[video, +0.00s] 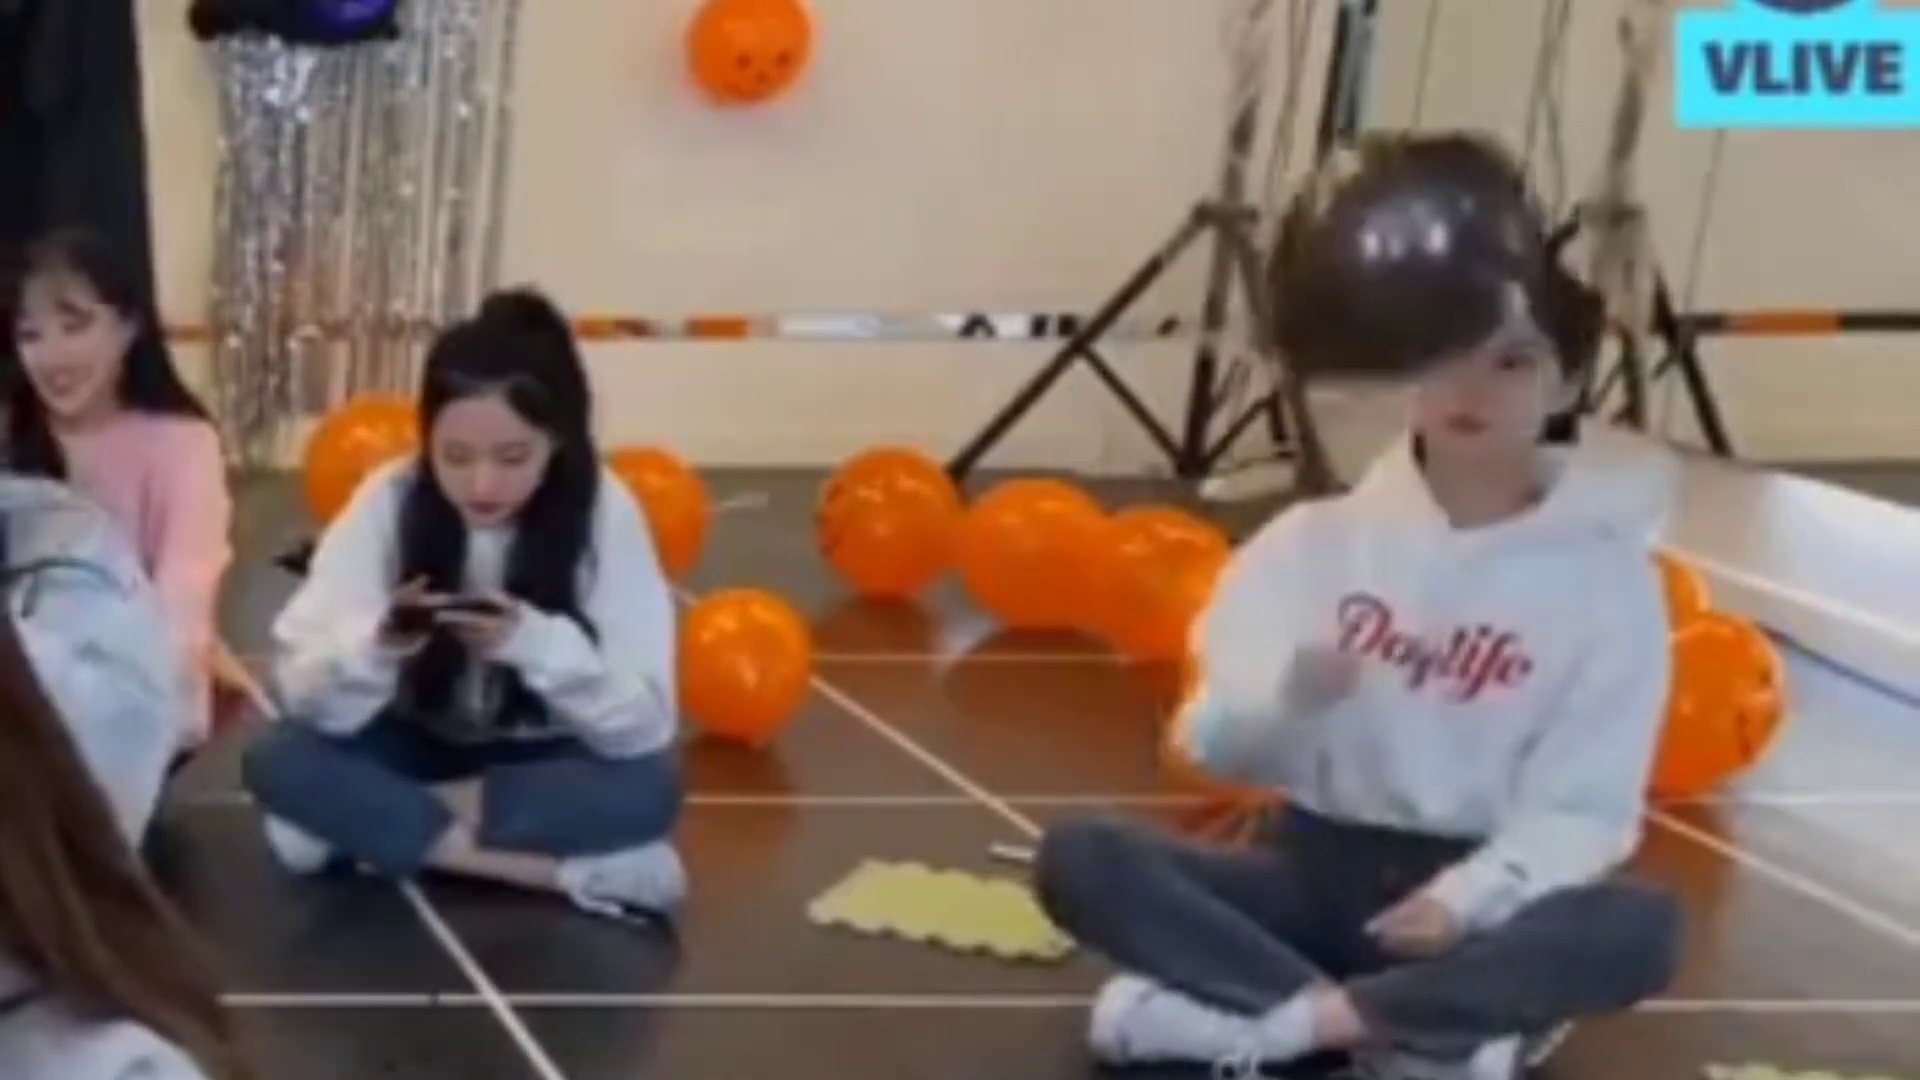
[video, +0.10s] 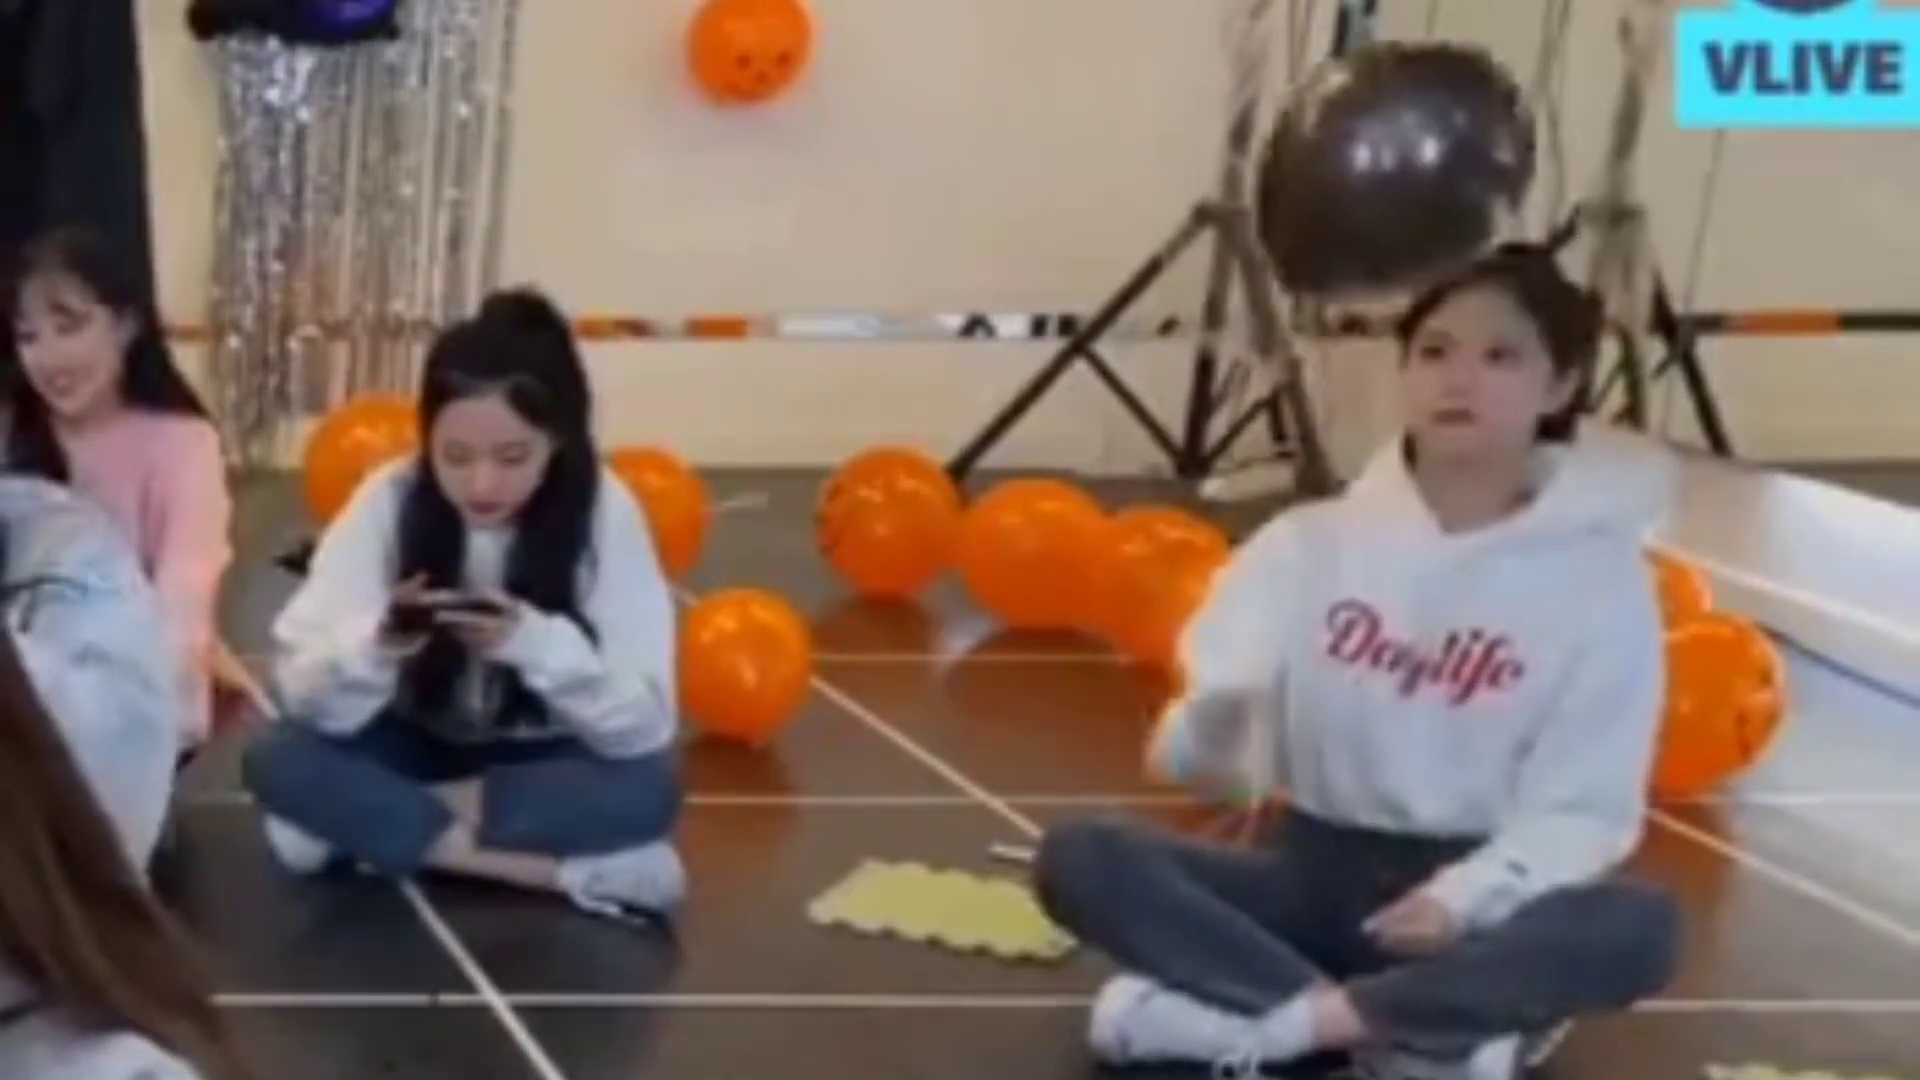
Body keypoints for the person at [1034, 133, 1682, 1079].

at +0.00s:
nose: (1470, 398)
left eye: (1511, 362)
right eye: (1435, 366)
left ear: (1565, 372)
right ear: (1391, 381)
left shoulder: (1607, 581)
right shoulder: (1310, 544)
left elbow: (1589, 812)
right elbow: (1202, 745)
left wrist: (1464, 898)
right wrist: (1288, 703)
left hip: (1479, 884)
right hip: (1307, 872)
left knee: (1640, 928)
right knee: (1077, 856)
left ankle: (1287, 1027)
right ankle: (1402, 1044)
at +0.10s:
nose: (1459, 380)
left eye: (1500, 357)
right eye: (1436, 353)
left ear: (1558, 393)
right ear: (1403, 380)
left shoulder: (1598, 579)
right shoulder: (1308, 543)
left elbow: (1590, 808)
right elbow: (1183, 764)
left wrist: (1463, 897)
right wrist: (1218, 727)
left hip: (1482, 889)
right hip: (1306, 872)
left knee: (1641, 930)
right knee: (1077, 857)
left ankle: (1277, 1033)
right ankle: (1403, 1049)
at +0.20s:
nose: (1452, 376)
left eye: (1493, 353)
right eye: (1431, 349)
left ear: (1554, 391)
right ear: (1399, 376)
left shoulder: (1594, 574)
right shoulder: (1297, 539)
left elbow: (1586, 805)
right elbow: (1188, 737)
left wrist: (1458, 901)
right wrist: (1182, 632)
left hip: (1478, 896)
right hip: (1301, 879)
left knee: (1642, 933)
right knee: (1073, 866)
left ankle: (1283, 1031)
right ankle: (1407, 1049)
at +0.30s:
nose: (1452, 375)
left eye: (1493, 353)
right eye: (1431, 349)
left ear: (1554, 391)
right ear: (1399, 376)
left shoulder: (1594, 575)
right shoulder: (1306, 534)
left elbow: (1582, 805)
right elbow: (1173, 693)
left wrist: (1456, 901)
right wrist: (1180, 557)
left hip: (1478, 894)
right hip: (1302, 875)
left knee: (1642, 933)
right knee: (1074, 866)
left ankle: (1285, 1031)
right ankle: (1409, 1048)